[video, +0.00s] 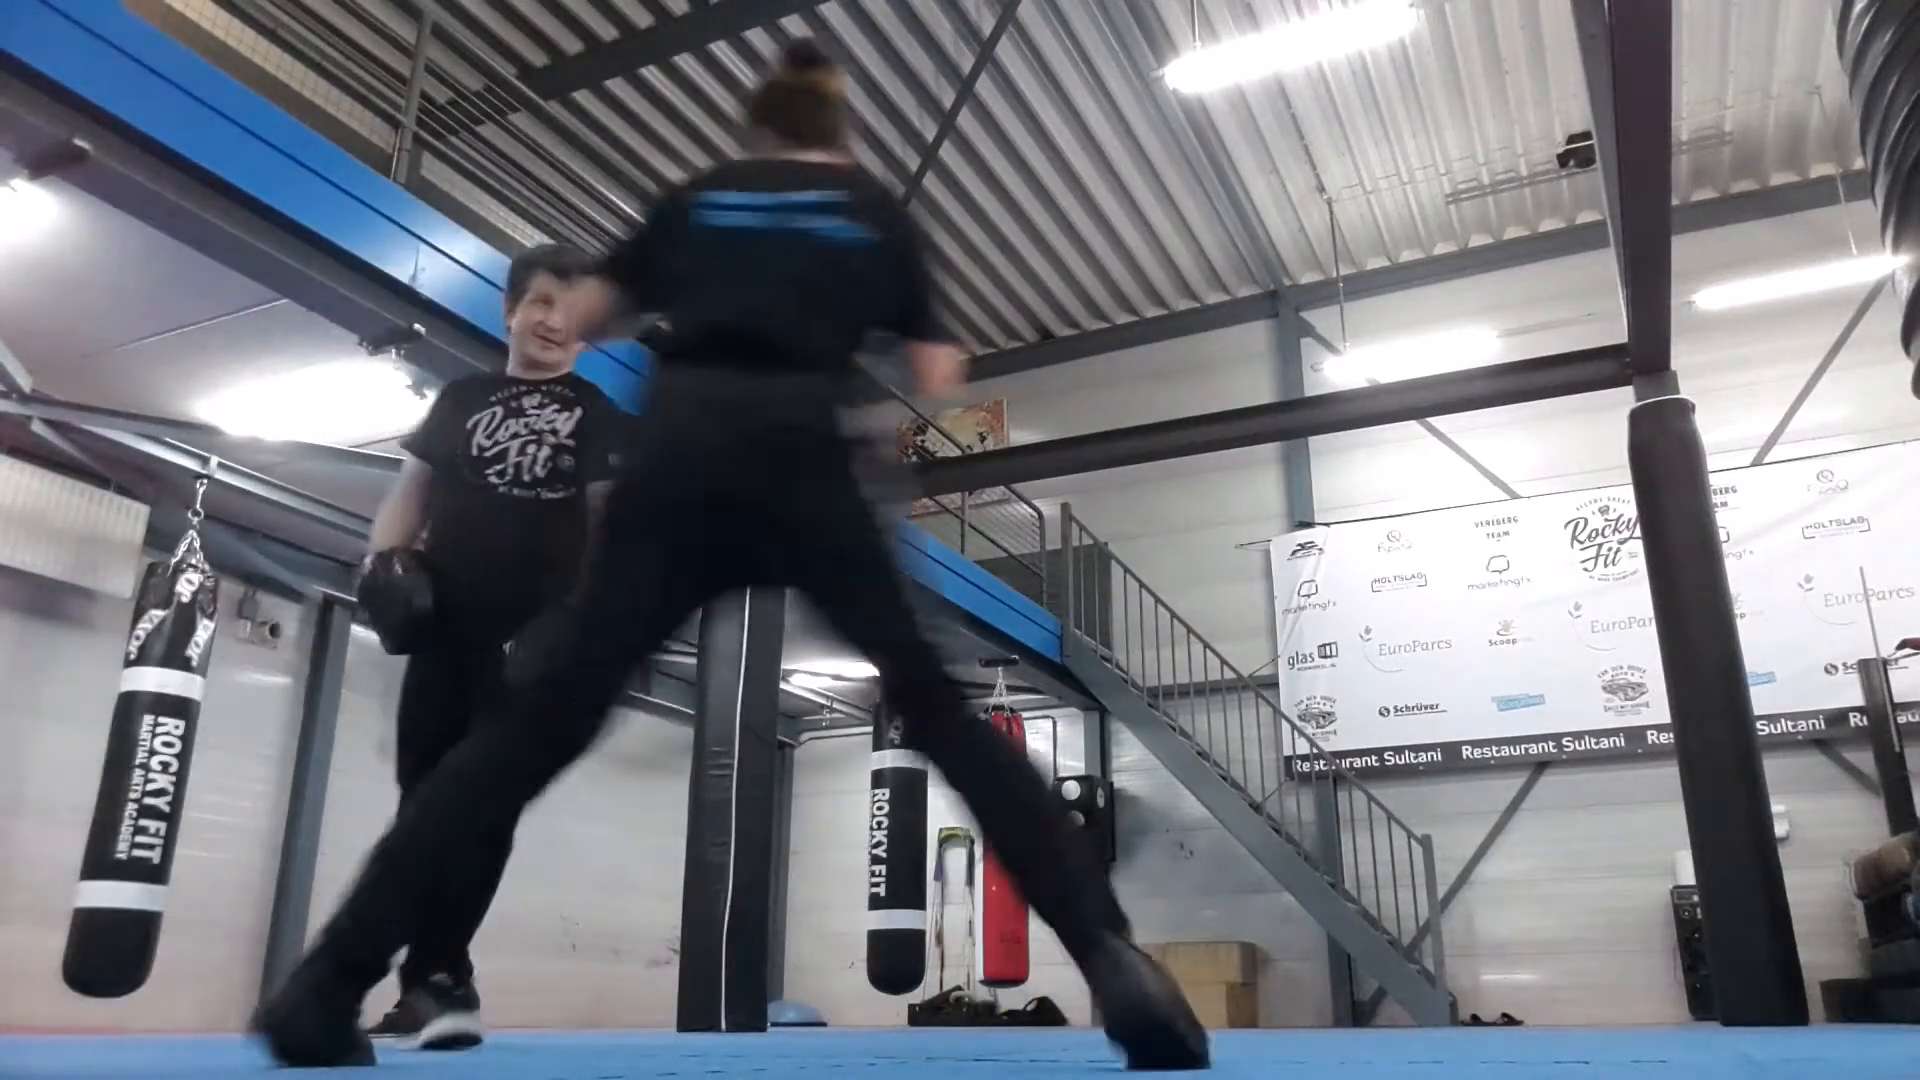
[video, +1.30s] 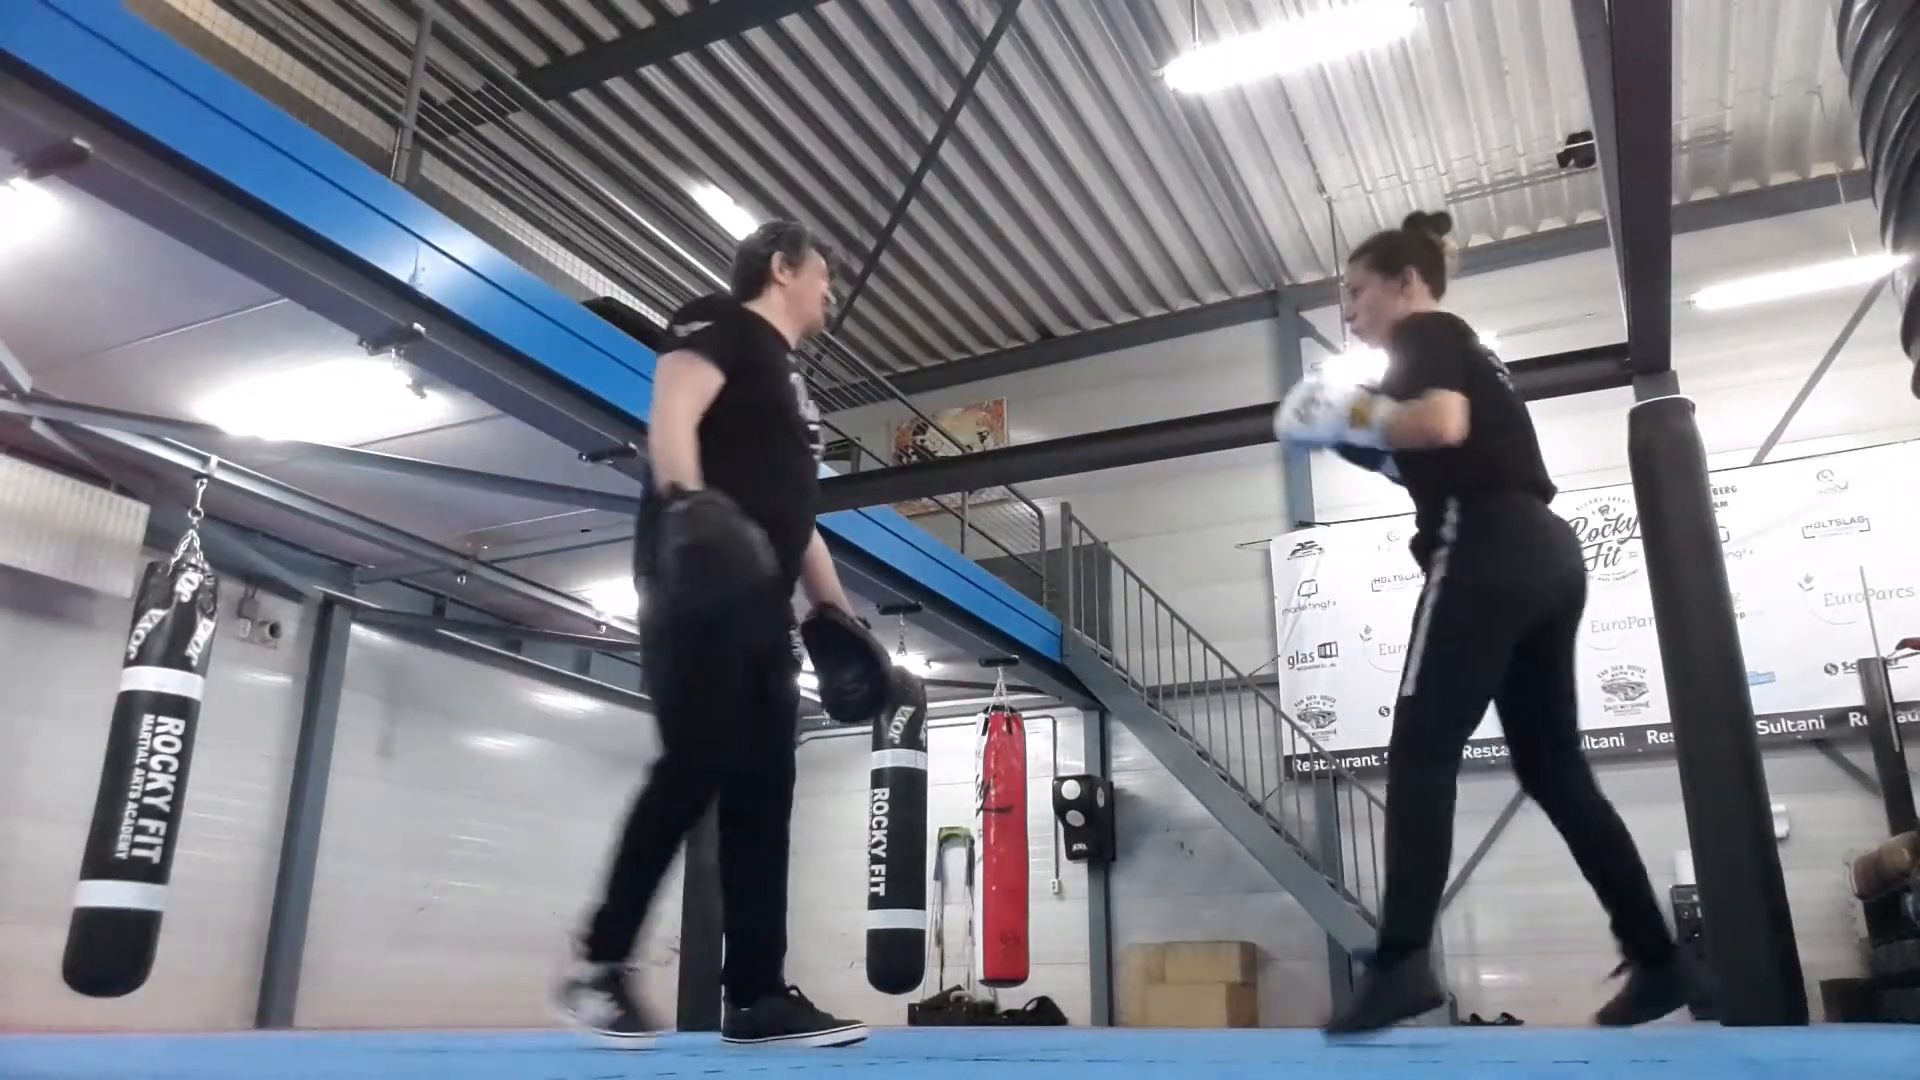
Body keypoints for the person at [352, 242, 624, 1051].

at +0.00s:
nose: (548, 324)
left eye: (565, 314)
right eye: (536, 307)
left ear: (585, 332)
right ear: (510, 312)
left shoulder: (598, 419)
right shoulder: (462, 398)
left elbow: (611, 536)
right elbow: (410, 496)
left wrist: (579, 625)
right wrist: (382, 566)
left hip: (536, 629)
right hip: (448, 618)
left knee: (487, 792)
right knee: (426, 791)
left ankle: (446, 979)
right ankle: (426, 983)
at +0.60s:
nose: (599, 289)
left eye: (609, 279)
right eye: (587, 268)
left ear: (610, 292)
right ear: (536, 261)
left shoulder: (604, 397)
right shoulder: (452, 341)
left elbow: (637, 507)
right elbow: (379, 451)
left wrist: (677, 600)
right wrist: (424, 521)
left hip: (557, 615)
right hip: (445, 597)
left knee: (613, 745)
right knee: (415, 784)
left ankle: (508, 935)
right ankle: (357, 994)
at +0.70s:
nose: (623, 282)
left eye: (633, 272)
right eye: (613, 259)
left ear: (633, 286)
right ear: (561, 252)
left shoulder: (619, 386)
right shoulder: (468, 328)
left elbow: (652, 500)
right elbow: (402, 437)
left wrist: (693, 598)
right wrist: (447, 503)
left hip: (581, 606)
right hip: (469, 592)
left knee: (658, 736)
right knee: (429, 782)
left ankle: (607, 949)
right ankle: (360, 994)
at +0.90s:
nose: (706, 296)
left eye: (712, 284)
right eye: (698, 275)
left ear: (689, 285)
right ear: (645, 262)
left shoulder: (684, 393)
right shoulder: (556, 328)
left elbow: (716, 510)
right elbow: (484, 411)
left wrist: (766, 605)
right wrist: (502, 494)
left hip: (642, 623)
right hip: (536, 609)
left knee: (710, 795)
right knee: (460, 797)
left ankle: (745, 993)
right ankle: (367, 989)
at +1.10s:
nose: (789, 313)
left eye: (795, 301)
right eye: (785, 294)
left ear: (750, 289)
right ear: (739, 279)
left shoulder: (753, 400)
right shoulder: (654, 339)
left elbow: (778, 525)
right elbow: (602, 421)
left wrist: (823, 620)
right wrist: (589, 512)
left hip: (727, 626)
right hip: (641, 607)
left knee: (764, 791)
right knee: (576, 775)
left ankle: (756, 997)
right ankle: (430, 957)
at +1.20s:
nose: (814, 303)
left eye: (817, 290)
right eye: (809, 284)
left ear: (774, 282)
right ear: (765, 274)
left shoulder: (767, 392)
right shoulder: (695, 328)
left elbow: (787, 521)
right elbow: (645, 409)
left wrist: (835, 618)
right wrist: (644, 509)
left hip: (746, 613)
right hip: (677, 588)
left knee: (762, 786)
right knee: (641, 762)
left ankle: (757, 996)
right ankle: (511, 944)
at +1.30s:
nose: (831, 293)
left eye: (831, 282)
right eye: (823, 277)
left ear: (783, 276)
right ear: (780, 271)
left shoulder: (782, 377)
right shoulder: (727, 328)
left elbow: (793, 512)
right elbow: (670, 409)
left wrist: (836, 616)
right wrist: (688, 506)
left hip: (764, 590)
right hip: (701, 567)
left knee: (762, 776)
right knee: (695, 760)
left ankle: (756, 996)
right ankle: (599, 965)